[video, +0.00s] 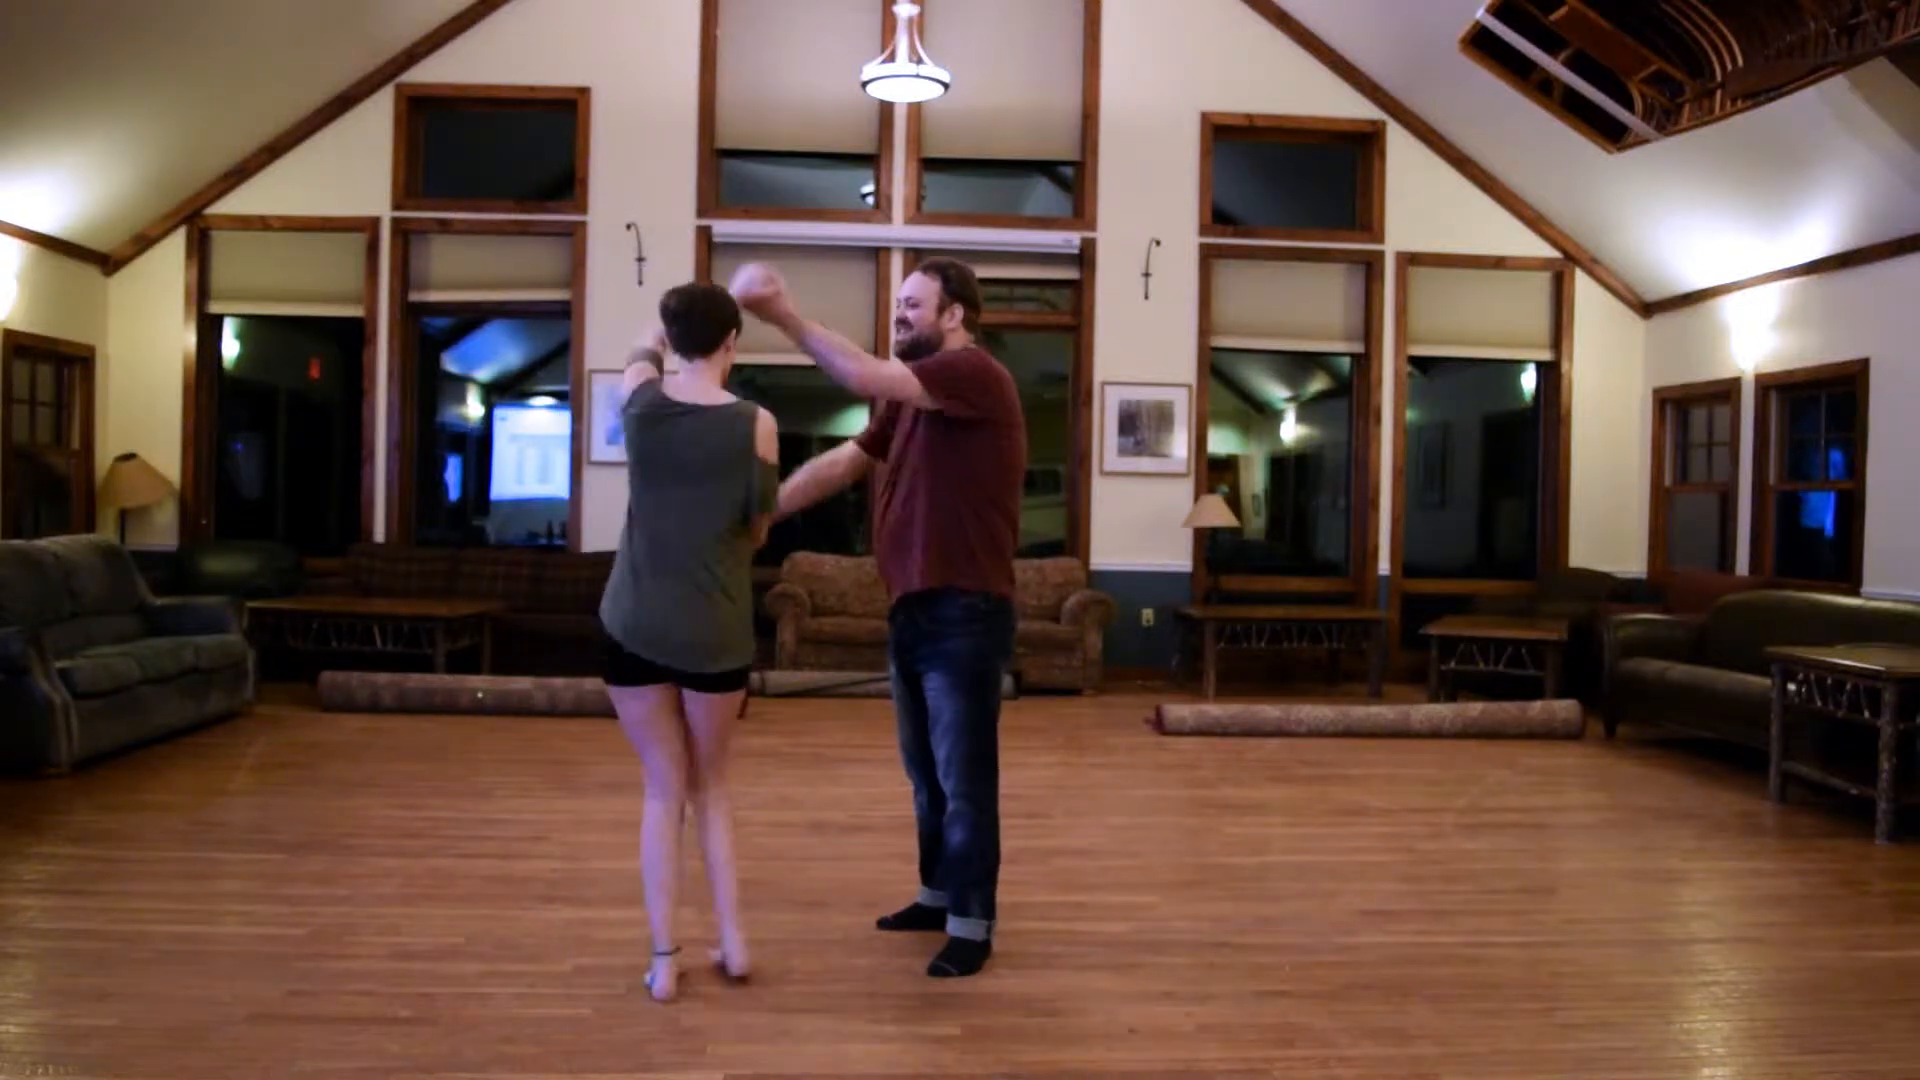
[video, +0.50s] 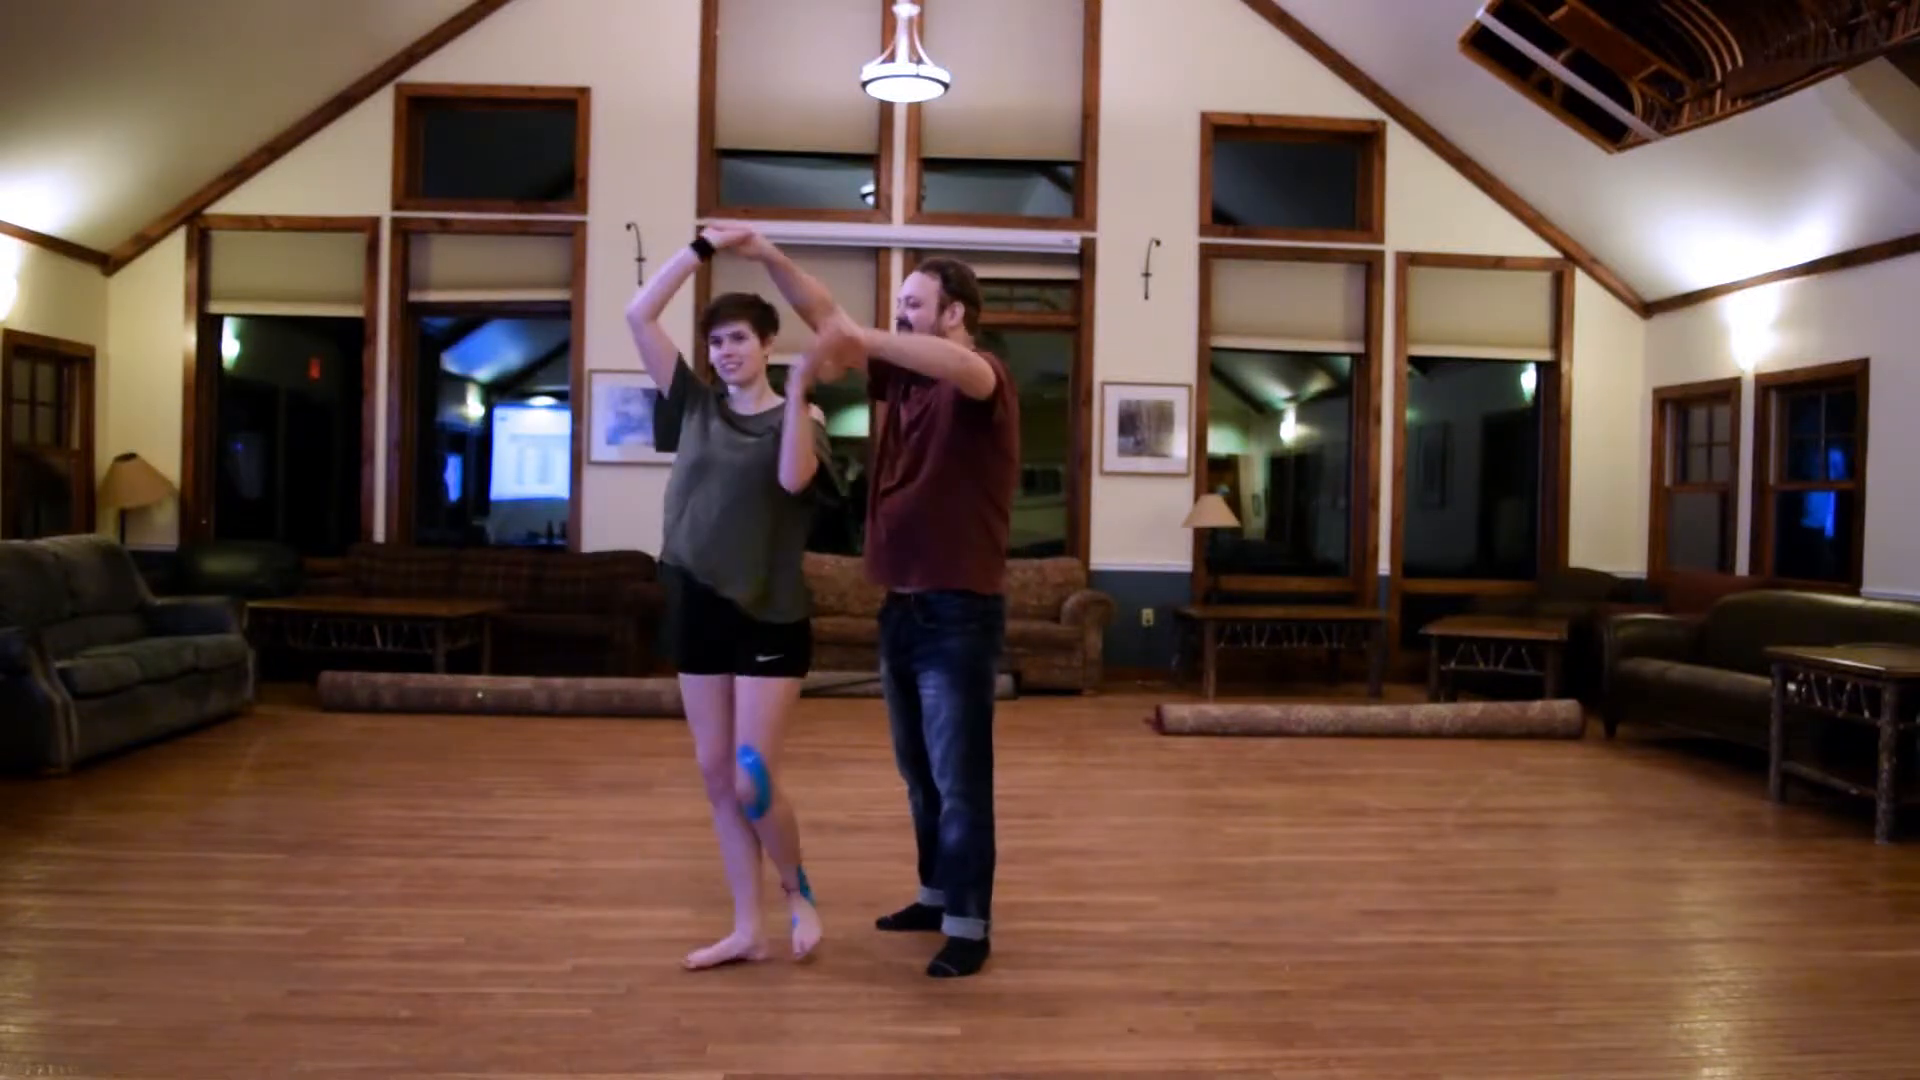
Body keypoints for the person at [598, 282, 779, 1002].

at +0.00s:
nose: (735, 342)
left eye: (667, 336)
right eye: (735, 333)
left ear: (667, 345)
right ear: (732, 343)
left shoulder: (641, 408)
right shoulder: (757, 424)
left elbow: (643, 373)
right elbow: (759, 530)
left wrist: (661, 354)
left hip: (631, 625)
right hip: (717, 633)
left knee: (662, 790)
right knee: (714, 785)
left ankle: (663, 959)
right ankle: (732, 943)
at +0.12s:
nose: (689, 346)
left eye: (692, 335)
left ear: (693, 343)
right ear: (752, 344)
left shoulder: (668, 400)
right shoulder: (770, 427)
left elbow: (632, 294)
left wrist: (710, 255)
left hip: (661, 619)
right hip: (739, 623)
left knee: (662, 796)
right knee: (709, 789)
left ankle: (663, 960)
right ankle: (745, 927)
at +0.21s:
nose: (695, 339)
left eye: (701, 327)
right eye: (714, 330)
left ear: (703, 337)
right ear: (761, 349)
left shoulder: (687, 383)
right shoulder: (775, 424)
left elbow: (637, 296)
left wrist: (711, 250)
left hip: (678, 610)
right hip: (747, 616)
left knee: (670, 795)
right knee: (713, 792)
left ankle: (672, 954)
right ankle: (746, 929)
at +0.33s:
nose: (705, 348)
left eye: (717, 339)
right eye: (709, 336)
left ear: (745, 348)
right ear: (746, 349)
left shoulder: (771, 413)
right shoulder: (715, 402)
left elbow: (704, 383)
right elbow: (648, 378)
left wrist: (719, 304)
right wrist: (670, 300)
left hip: (739, 615)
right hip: (719, 609)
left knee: (675, 777)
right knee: (714, 780)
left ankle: (750, 927)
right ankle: (740, 924)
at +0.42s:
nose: (712, 355)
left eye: (725, 345)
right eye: (707, 345)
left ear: (758, 351)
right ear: (701, 355)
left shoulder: (785, 418)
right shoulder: (694, 403)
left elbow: (754, 437)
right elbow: (636, 339)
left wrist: (764, 341)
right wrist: (678, 261)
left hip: (755, 615)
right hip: (695, 608)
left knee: (714, 784)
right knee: (710, 782)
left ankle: (791, 908)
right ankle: (746, 925)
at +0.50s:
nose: (726, 350)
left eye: (738, 339)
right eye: (717, 341)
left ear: (767, 345)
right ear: (708, 351)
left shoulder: (795, 417)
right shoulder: (698, 404)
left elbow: (795, 477)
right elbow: (639, 317)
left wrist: (796, 388)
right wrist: (696, 250)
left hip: (772, 611)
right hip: (699, 603)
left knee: (751, 782)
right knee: (717, 777)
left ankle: (796, 897)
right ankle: (748, 929)